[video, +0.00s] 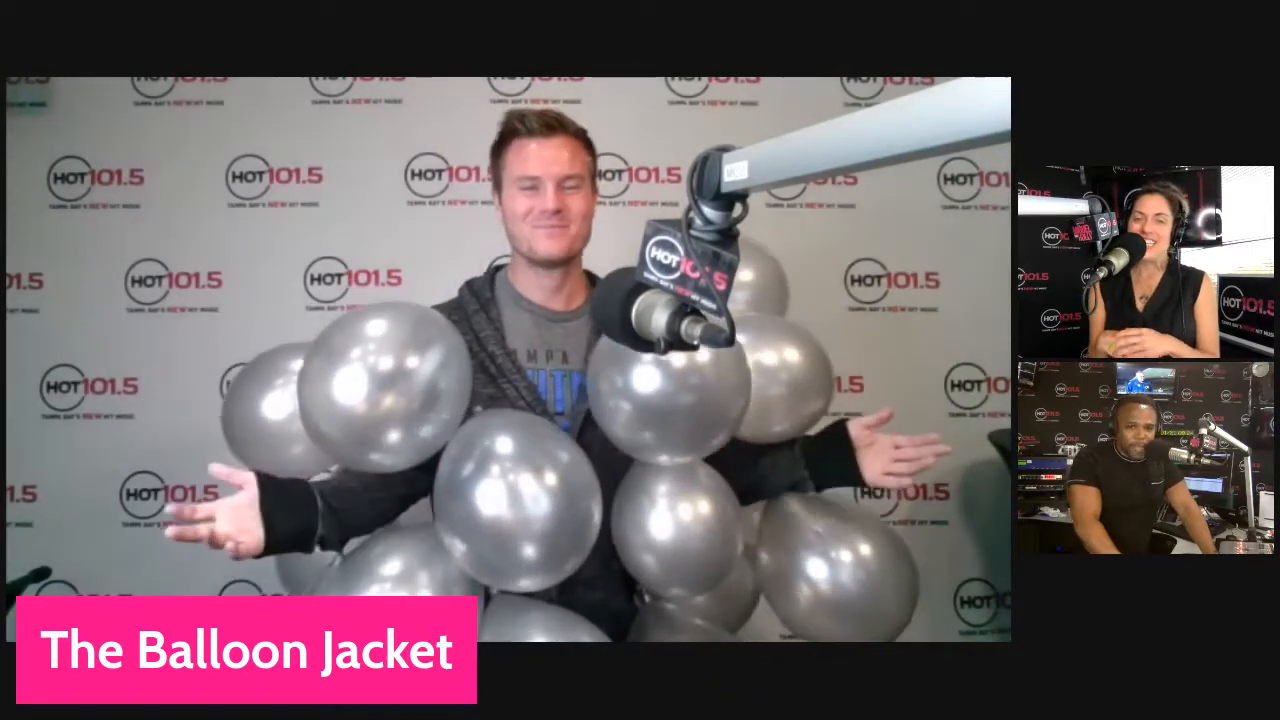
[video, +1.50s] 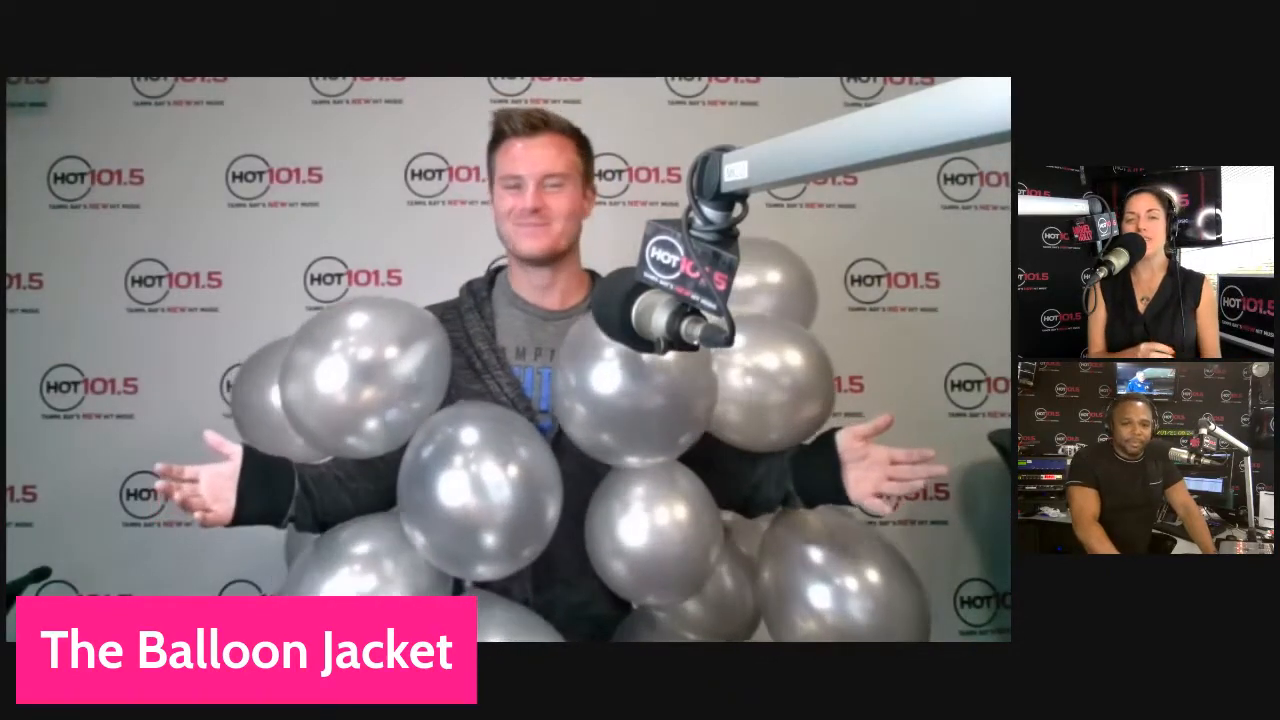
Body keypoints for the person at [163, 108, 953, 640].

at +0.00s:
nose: (552, 205)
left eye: (571, 186)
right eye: (530, 188)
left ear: (595, 199)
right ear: (497, 204)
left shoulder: (650, 324)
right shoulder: (445, 334)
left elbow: (717, 459)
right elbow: (399, 471)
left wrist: (837, 454)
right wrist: (285, 510)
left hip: (644, 610)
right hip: (499, 607)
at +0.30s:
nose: (550, 205)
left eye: (569, 187)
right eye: (528, 188)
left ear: (593, 201)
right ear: (494, 203)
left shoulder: (648, 325)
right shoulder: (439, 335)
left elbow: (716, 459)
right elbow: (392, 474)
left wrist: (833, 455)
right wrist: (282, 512)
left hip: (638, 613)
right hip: (491, 609)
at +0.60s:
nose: (548, 205)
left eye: (567, 187)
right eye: (526, 188)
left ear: (592, 201)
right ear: (493, 204)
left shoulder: (649, 324)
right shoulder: (435, 334)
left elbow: (716, 462)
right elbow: (390, 472)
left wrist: (832, 458)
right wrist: (275, 506)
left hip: (639, 610)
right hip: (493, 607)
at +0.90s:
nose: (546, 206)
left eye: (566, 187)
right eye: (525, 188)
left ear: (592, 201)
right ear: (493, 203)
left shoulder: (649, 325)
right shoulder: (435, 334)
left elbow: (716, 465)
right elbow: (389, 473)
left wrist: (829, 461)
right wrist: (273, 502)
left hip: (639, 614)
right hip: (495, 611)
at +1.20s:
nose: (542, 204)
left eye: (562, 186)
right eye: (520, 188)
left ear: (591, 201)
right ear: (491, 204)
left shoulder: (651, 325)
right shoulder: (436, 335)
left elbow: (717, 467)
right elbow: (390, 475)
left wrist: (827, 464)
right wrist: (276, 498)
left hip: (640, 620)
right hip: (492, 618)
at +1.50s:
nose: (530, 202)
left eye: (551, 184)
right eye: (511, 186)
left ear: (588, 199)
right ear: (490, 203)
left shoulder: (647, 322)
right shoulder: (442, 332)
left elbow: (711, 468)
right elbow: (394, 467)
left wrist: (821, 466)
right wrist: (269, 489)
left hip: (638, 617)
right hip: (496, 614)